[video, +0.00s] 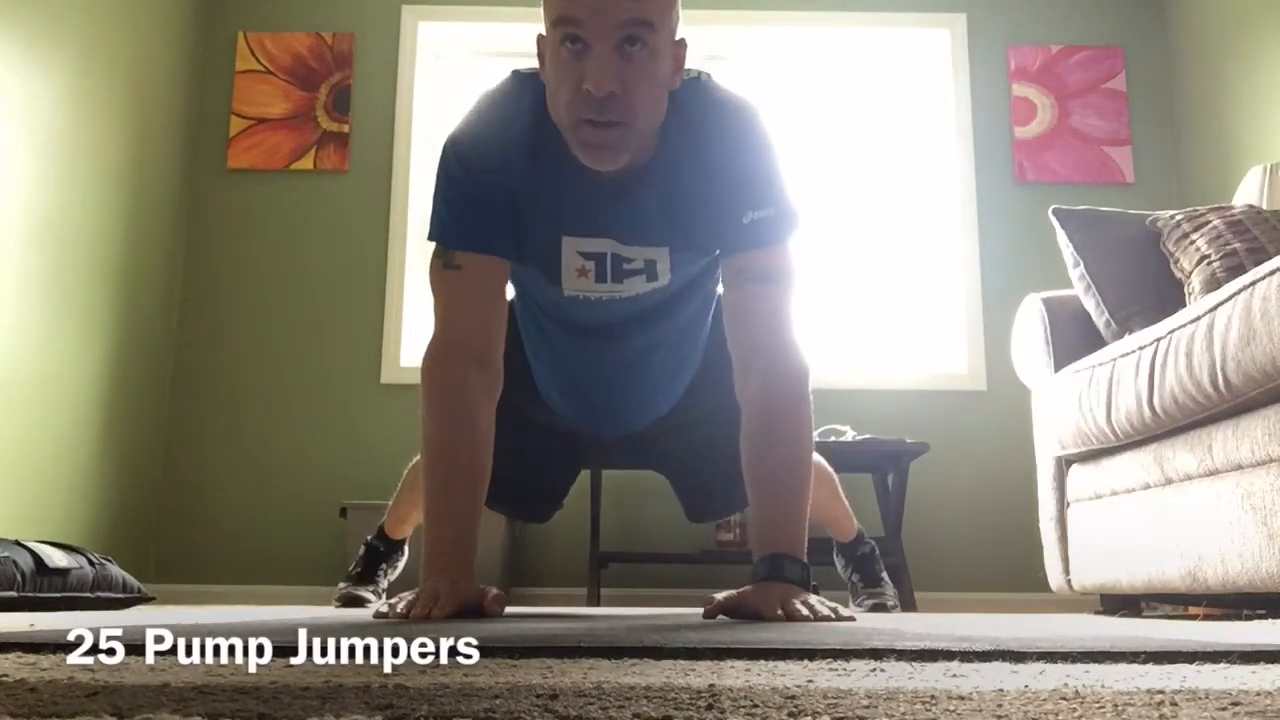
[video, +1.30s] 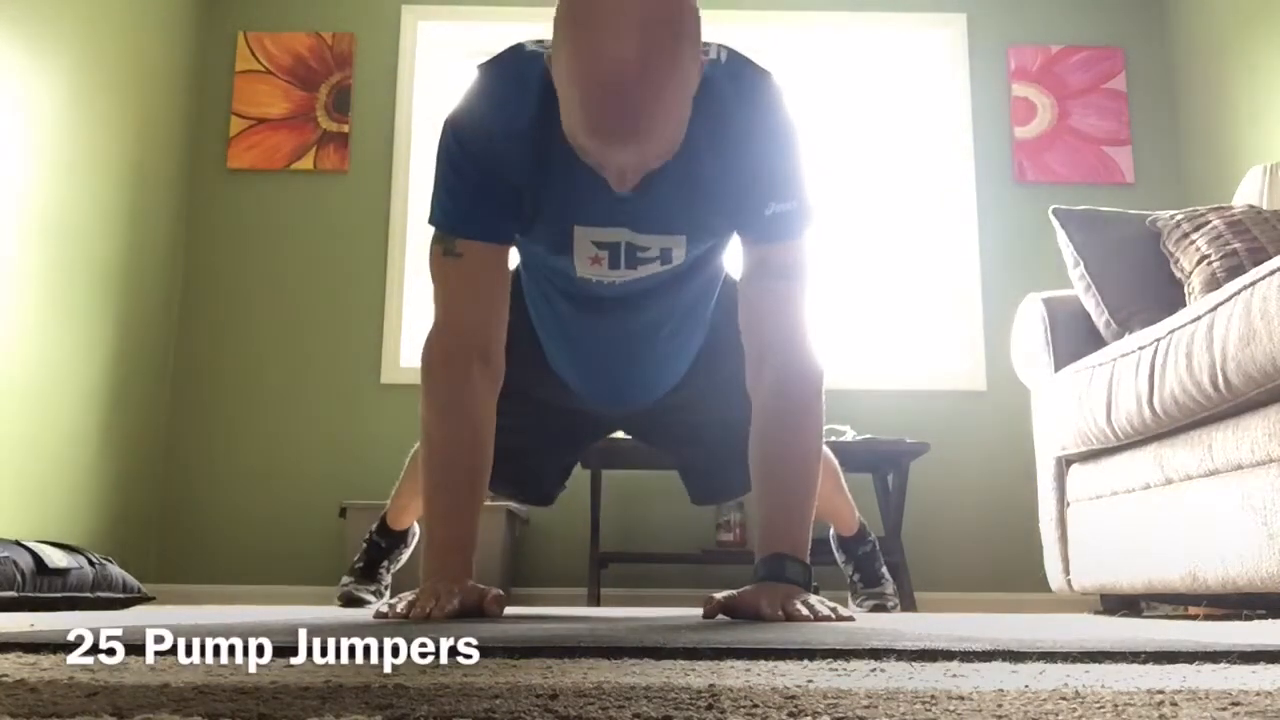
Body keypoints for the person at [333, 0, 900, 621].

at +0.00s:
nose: (598, 81)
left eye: (632, 45)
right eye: (575, 46)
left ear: (676, 58)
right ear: (543, 54)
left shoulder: (728, 136)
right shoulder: (490, 142)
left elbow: (770, 359)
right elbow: (462, 360)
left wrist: (782, 575)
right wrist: (446, 582)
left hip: (691, 384)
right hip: (538, 384)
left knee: (787, 470)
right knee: (448, 467)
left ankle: (860, 557)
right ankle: (382, 553)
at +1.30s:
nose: (626, 160)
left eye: (645, 134)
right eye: (602, 134)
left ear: (693, 54)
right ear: (561, 57)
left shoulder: (748, 108)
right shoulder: (494, 115)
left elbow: (783, 360)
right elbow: (462, 353)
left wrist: (784, 576)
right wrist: (446, 582)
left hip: (694, 330)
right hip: (544, 329)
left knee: (794, 454)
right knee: (449, 452)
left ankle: (859, 545)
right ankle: (385, 545)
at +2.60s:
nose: (623, 228)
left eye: (647, 207)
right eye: (598, 207)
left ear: (693, 119)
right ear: (551, 124)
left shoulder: (745, 122)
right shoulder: (492, 128)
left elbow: (783, 368)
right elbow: (460, 357)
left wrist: (782, 573)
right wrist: (444, 579)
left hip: (690, 317)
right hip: (540, 313)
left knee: (788, 441)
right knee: (455, 423)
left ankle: (857, 547)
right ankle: (386, 544)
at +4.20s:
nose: (640, 90)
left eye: (674, 56)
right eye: (612, 55)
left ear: (719, 68)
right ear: (566, 69)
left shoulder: (775, 178)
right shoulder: (481, 181)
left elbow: (800, 375)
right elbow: (448, 372)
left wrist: (783, 570)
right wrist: (443, 564)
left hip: (716, 385)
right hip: (542, 380)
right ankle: (423, 546)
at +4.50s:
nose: (621, 100)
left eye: (656, 64)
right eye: (591, 62)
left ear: (703, 67)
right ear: (546, 61)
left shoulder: (768, 177)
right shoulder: (459, 178)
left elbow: (918, 375)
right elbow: (346, 372)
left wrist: (930, 572)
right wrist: (318, 574)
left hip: (681, 383)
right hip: (547, 385)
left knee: (656, 488)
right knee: (568, 484)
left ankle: (641, 543)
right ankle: (585, 539)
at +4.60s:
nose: (611, 273)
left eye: (644, 232)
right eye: (579, 233)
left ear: (691, 228)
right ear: (533, 229)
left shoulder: (756, 286)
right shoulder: (458, 286)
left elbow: (951, 383)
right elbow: (308, 392)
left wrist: (939, 578)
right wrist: (310, 579)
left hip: (678, 501)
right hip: (543, 498)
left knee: (664, 541)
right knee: (566, 531)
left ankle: (643, 563)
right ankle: (578, 565)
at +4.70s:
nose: (606, 404)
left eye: (642, 361)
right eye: (571, 361)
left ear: (694, 340)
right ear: (520, 350)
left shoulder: (764, 372)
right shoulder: (443, 369)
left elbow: (950, 379)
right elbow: (302, 382)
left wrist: (937, 572)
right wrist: (311, 579)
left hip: (686, 541)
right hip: (536, 548)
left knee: (672, 550)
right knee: (551, 558)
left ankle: (655, 569)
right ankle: (565, 572)